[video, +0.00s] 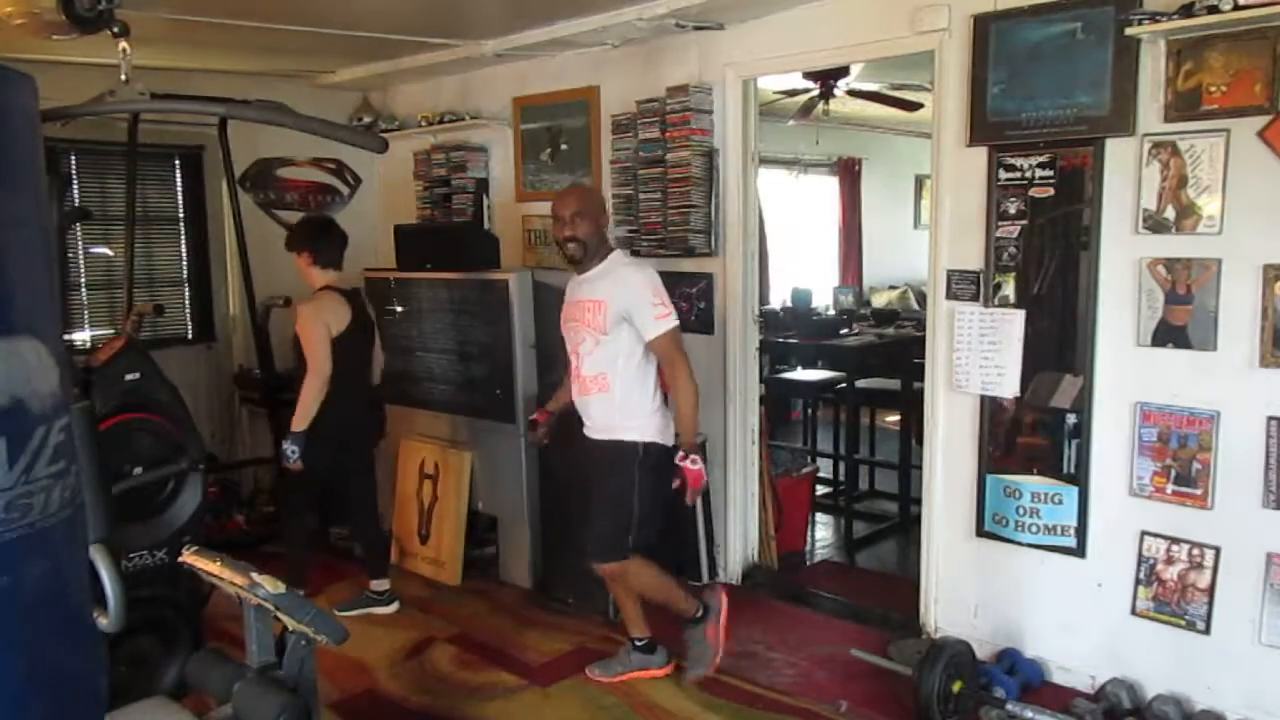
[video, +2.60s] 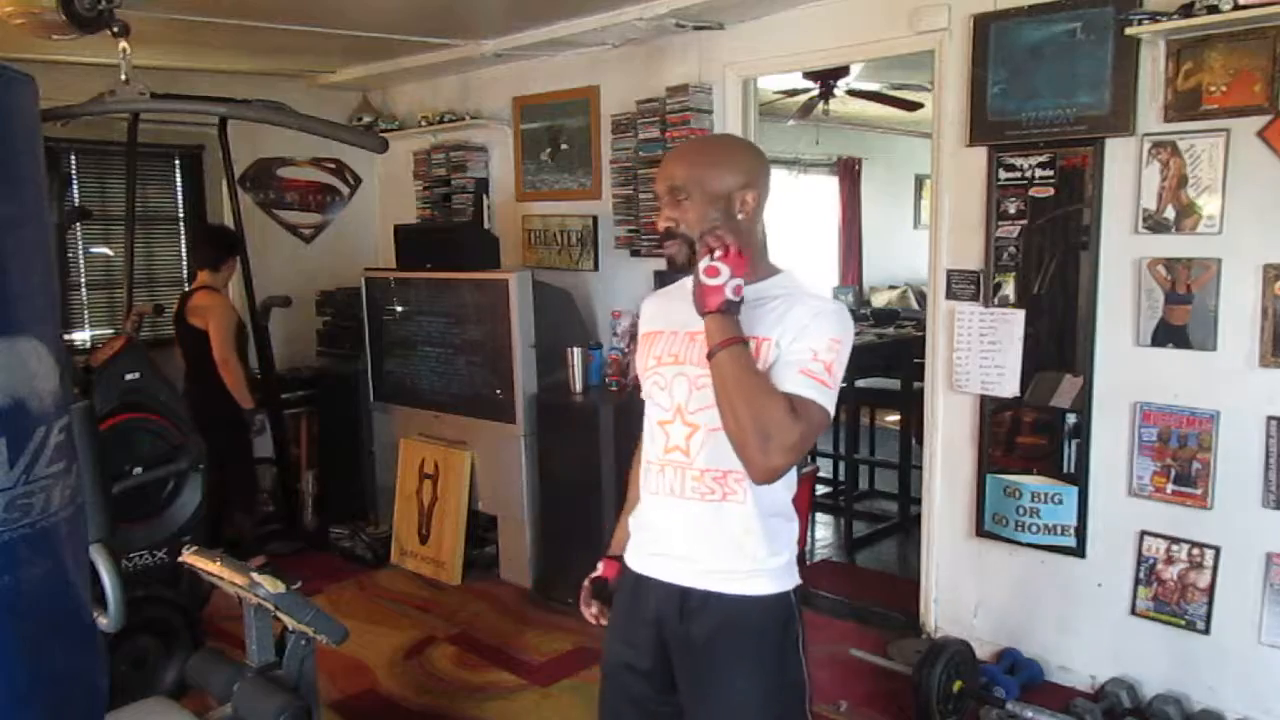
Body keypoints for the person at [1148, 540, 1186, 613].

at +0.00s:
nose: (1173, 554)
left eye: (1176, 552)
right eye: (1170, 551)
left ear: (1179, 553)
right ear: (1167, 552)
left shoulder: (1183, 567)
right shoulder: (1161, 564)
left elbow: (1181, 585)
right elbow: (1152, 581)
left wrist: (1174, 602)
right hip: (1159, 599)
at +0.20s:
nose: (1173, 554)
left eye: (1176, 552)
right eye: (1171, 551)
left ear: (1179, 553)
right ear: (1167, 552)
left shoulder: (1183, 567)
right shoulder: (1160, 564)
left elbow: (1182, 585)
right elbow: (1151, 581)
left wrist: (1174, 602)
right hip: (1159, 599)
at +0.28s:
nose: (1172, 554)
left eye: (1176, 552)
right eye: (1170, 551)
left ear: (1179, 553)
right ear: (1167, 551)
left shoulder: (1182, 567)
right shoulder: (1160, 565)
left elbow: (1180, 585)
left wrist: (1173, 603)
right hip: (1159, 599)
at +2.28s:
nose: (1173, 554)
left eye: (1176, 552)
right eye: (1171, 551)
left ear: (1179, 553)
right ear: (1167, 552)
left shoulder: (1181, 568)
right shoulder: (1160, 566)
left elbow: (1180, 586)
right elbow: (1154, 581)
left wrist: (1173, 603)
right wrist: (1151, 595)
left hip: (1173, 601)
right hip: (1159, 599)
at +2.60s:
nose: (1173, 554)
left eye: (1176, 552)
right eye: (1171, 551)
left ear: (1179, 553)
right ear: (1167, 551)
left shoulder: (1182, 568)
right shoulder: (1160, 566)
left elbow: (1180, 586)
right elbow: (1154, 581)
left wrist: (1173, 602)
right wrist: (1151, 595)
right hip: (1160, 599)